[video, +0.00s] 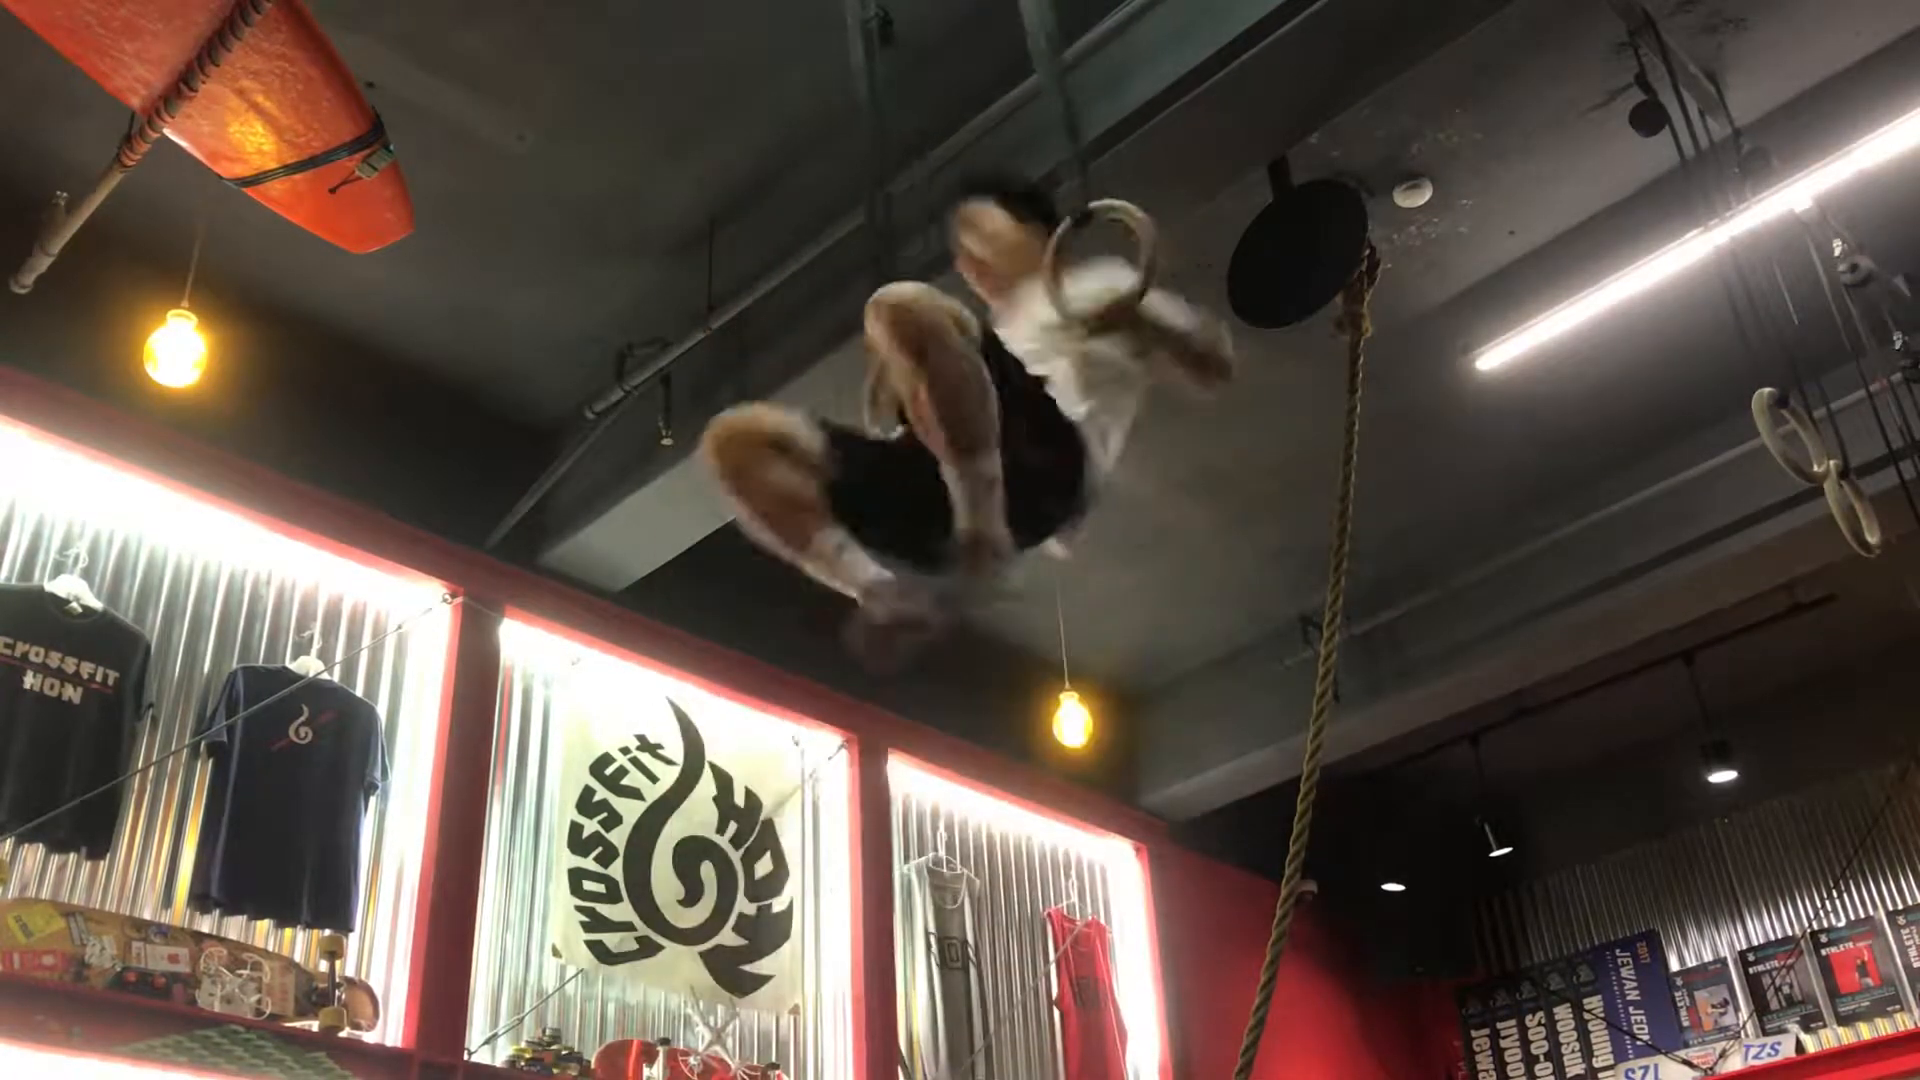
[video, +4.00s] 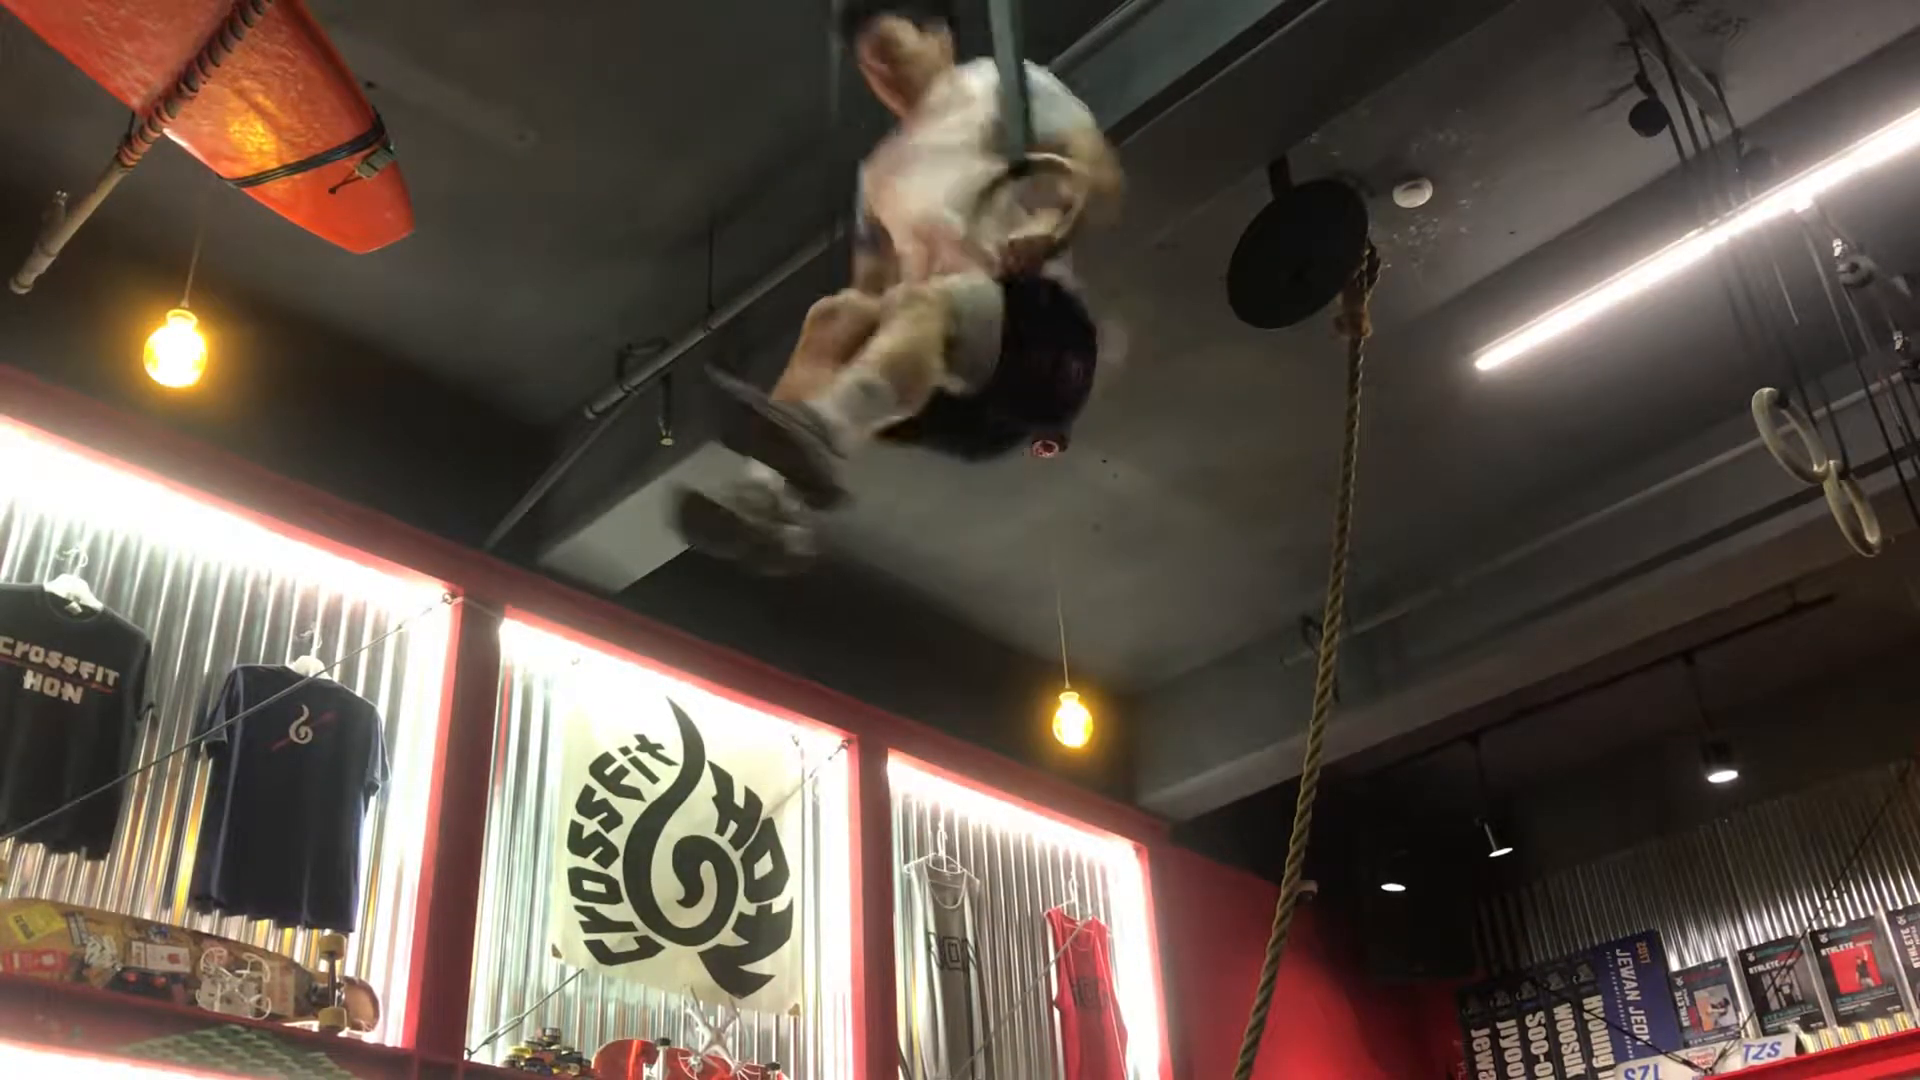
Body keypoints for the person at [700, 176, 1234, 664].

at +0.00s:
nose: (966, 253)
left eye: (980, 228)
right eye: (958, 244)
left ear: (1038, 231)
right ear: (961, 268)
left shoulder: (1086, 286)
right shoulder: (982, 344)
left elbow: (1215, 364)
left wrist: (1136, 321)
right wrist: (903, 400)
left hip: (1043, 479)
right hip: (943, 501)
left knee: (899, 310)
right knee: (735, 440)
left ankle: (984, 532)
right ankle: (881, 592)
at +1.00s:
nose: (856, 33)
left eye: (868, 11)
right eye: (844, 25)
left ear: (923, 9)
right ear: (845, 41)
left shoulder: (987, 62)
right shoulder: (867, 157)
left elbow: (1087, 153)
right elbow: (893, 265)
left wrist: (1072, 222)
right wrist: (867, 308)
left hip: (1039, 300)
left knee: (918, 314)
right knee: (846, 364)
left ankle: (905, 505)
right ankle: (836, 543)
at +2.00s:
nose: (721, 416)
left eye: (744, 399)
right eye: (715, 404)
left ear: (800, 423)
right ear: (713, 441)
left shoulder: (839, 495)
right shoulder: (714, 534)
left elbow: (850, 331)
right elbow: (696, 401)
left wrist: (854, 207)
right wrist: (707, 306)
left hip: (904, 848)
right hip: (808, 900)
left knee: (1180, 988)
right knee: (919, 1043)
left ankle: (1107, 758)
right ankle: (1044, 825)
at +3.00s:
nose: (926, 215)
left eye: (939, 191)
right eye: (913, 211)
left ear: (988, 188)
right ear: (914, 233)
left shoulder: (1057, 234)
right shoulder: (945, 314)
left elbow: (1203, 312)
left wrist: (1160, 284)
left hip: (1051, 462)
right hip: (971, 527)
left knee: (895, 298)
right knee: (765, 386)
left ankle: (911, 524)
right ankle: (829, 566)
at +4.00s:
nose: (880, 71)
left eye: (890, 48)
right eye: (865, 62)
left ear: (940, 35)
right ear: (861, 75)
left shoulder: (999, 83)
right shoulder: (877, 174)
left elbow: (1099, 175)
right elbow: (871, 290)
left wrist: (1053, 229)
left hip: (1042, 348)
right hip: (947, 395)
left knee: (923, 305)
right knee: (833, 316)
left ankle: (830, 425)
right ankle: (772, 500)